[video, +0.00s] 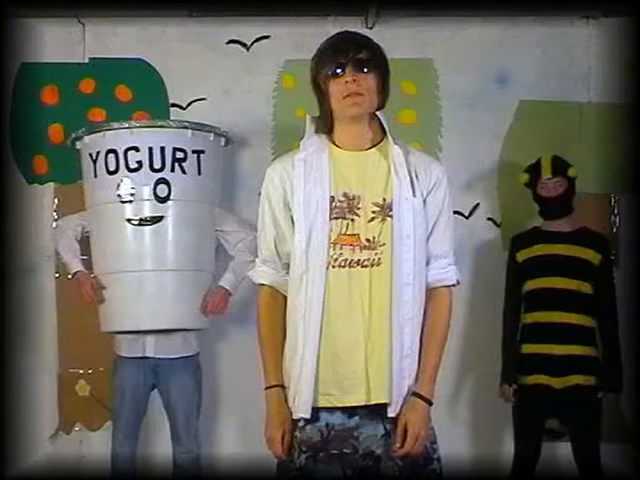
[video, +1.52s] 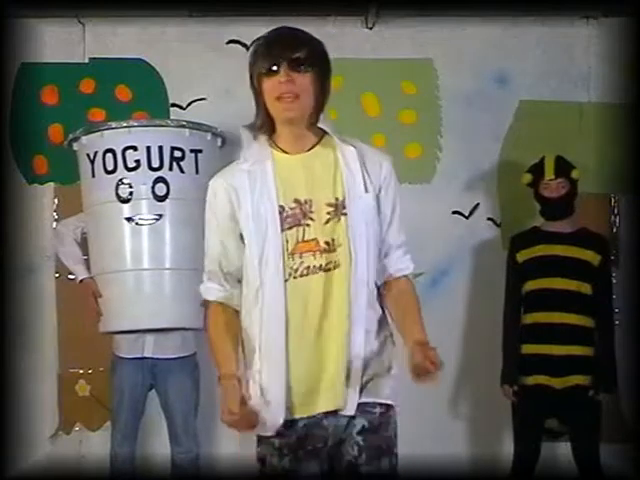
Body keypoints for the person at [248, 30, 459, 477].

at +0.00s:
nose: (352, 80)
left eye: (365, 68)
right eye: (337, 71)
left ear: (383, 83)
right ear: (321, 88)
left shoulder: (424, 173)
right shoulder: (285, 175)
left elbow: (440, 286)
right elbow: (272, 287)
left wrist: (422, 395)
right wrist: (275, 395)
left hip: (398, 412)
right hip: (314, 414)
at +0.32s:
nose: (345, 76)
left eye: (358, 66)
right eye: (332, 68)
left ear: (377, 84)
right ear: (315, 86)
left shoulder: (419, 174)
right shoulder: (280, 177)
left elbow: (436, 285)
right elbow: (266, 289)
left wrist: (419, 394)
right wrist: (273, 396)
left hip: (394, 413)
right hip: (310, 416)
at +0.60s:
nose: (325, 86)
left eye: (336, 74)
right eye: (311, 76)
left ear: (355, 88)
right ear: (294, 93)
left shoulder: (399, 174)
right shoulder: (263, 184)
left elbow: (416, 286)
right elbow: (252, 298)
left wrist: (423, 393)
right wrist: (252, 404)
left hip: (384, 413)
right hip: (297, 417)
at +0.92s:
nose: (290, 84)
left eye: (301, 71)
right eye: (275, 75)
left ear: (321, 84)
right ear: (259, 93)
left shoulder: (369, 168)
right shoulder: (236, 189)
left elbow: (398, 275)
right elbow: (236, 305)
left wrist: (405, 380)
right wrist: (248, 416)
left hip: (374, 411)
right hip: (288, 418)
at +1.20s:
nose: (278, 85)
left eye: (290, 72)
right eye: (263, 77)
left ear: (310, 83)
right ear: (248, 94)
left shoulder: (360, 169)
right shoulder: (227, 191)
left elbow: (386, 277)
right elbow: (226, 305)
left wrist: (390, 384)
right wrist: (249, 416)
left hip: (359, 405)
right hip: (278, 414)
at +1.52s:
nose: (286, 81)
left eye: (300, 67)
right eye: (272, 71)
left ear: (322, 82)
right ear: (258, 87)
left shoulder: (371, 168)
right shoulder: (231, 187)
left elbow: (394, 271)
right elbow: (221, 294)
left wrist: (416, 340)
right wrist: (229, 378)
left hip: (365, 398)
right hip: (280, 406)